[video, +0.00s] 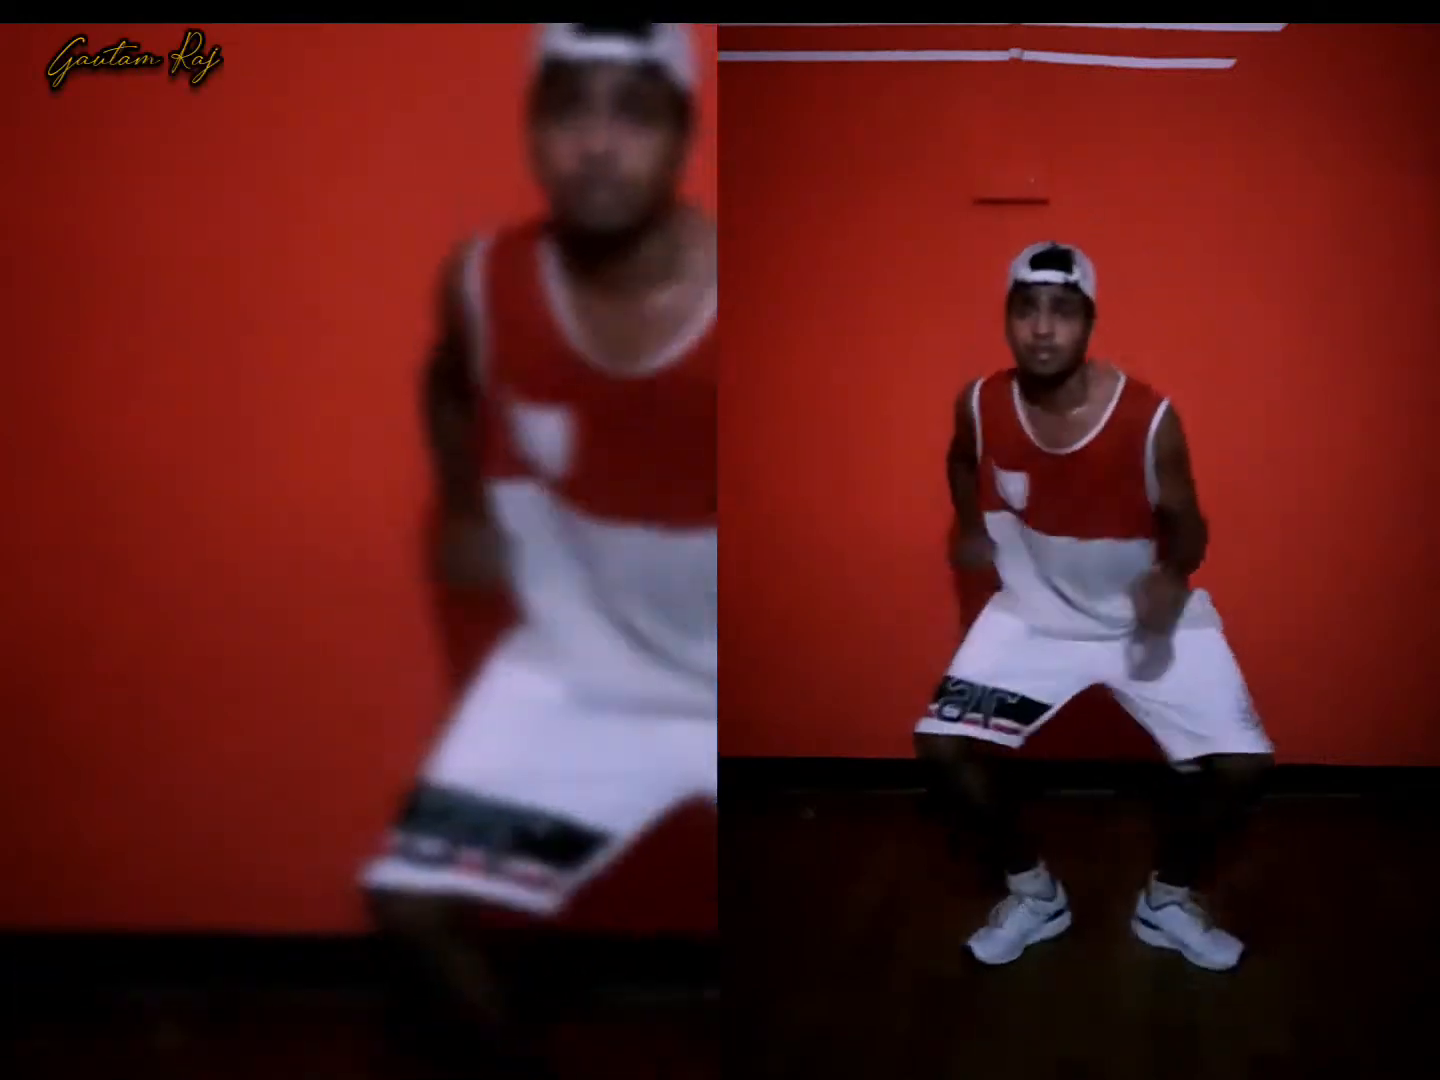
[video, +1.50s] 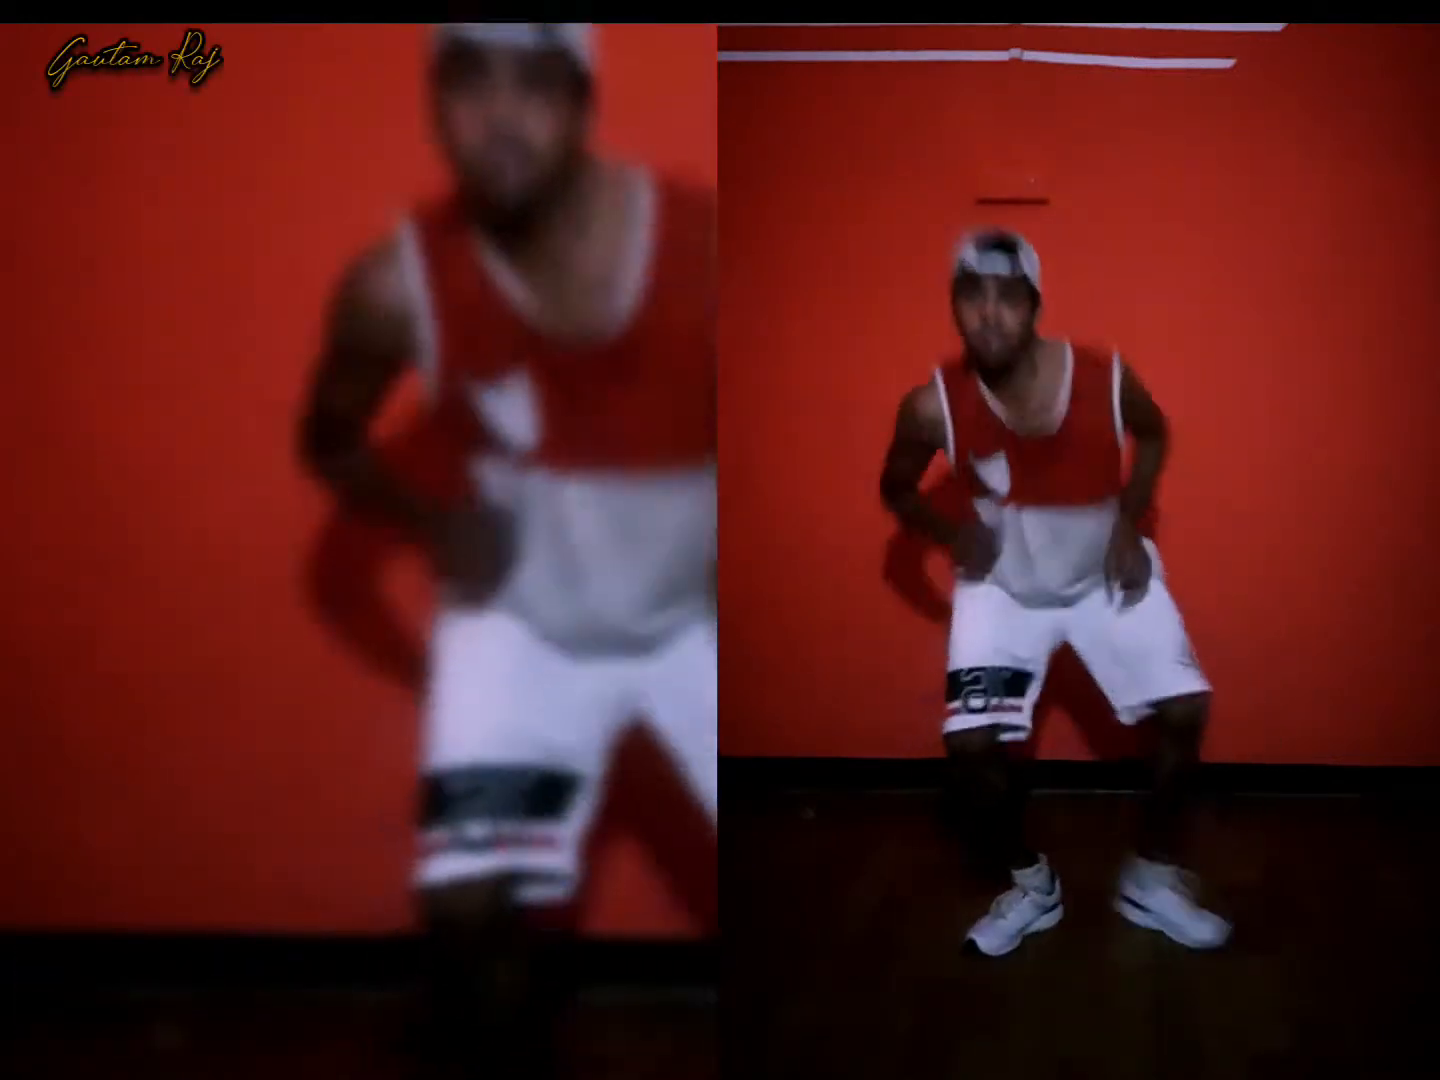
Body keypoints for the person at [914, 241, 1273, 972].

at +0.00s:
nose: (1042, 330)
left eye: (1062, 315)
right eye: (1027, 313)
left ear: (1089, 326)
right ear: (1008, 324)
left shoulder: (1148, 419)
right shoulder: (981, 407)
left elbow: (1187, 525)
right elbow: (963, 467)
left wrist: (1168, 581)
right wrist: (972, 530)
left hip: (1147, 616)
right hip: (1032, 614)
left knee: (1236, 763)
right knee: (948, 745)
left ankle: (1167, 899)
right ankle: (1032, 893)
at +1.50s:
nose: (987, 317)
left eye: (1005, 301)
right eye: (973, 300)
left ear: (1034, 309)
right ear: (956, 311)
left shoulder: (1103, 378)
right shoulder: (934, 408)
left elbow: (1154, 433)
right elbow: (897, 487)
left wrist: (1131, 524)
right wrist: (950, 533)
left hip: (1107, 575)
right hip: (1001, 585)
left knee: (1184, 709)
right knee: (974, 740)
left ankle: (1151, 874)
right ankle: (1029, 885)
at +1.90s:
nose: (1002, 284)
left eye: (1020, 269)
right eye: (988, 266)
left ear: (1043, 278)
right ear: (968, 271)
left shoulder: (1060, 357)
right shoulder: (928, 351)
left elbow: (1060, 461)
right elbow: (908, 489)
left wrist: (1122, 484)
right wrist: (950, 475)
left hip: (1028, 590)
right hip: (945, 583)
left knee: (993, 772)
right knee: (940, 761)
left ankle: (917, 835)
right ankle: (870, 862)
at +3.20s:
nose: (1020, 370)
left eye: (1030, 352)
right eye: (1014, 354)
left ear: (1085, 338)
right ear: (1076, 338)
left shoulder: (1143, 431)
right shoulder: (1080, 404)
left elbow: (1230, 548)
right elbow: (1112, 529)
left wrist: (1268, 676)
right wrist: (1062, 632)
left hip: (1210, 622)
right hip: (1137, 598)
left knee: (1198, 814)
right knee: (1074, 738)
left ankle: (1350, 926)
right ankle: (1099, 911)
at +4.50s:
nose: (1089, 302)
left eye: (1107, 284)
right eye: (1074, 284)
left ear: (1138, 293)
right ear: (1058, 295)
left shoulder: (1202, 359)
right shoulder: (1037, 401)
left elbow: (1260, 390)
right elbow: (1039, 556)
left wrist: (1242, 499)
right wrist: (1066, 445)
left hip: (1113, 628)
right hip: (1023, 606)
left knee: (1064, 800)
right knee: (979, 757)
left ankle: (1034, 863)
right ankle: (1087, 899)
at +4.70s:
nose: (1123, 271)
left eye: (1140, 253)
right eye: (1106, 253)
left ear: (1165, 264)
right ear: (1081, 266)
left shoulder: (1206, 349)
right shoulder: (1044, 366)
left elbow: (1212, 435)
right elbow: (983, 487)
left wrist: (1196, 491)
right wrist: (1031, 576)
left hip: (1175, 573)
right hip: (1077, 577)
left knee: (1182, 737)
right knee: (1049, 753)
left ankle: (1137, 841)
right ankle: (1091, 899)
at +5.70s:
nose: (1274, 257)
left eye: (1291, 240)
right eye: (1256, 239)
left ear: (1312, 257)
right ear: (1225, 256)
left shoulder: (1361, 355)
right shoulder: (1172, 351)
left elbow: (1392, 433)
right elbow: (1103, 426)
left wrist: (1405, 499)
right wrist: (1092, 535)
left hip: (1316, 595)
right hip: (1212, 597)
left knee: (1331, 760)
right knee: (1199, 777)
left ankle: (1261, 910)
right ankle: (1166, 821)